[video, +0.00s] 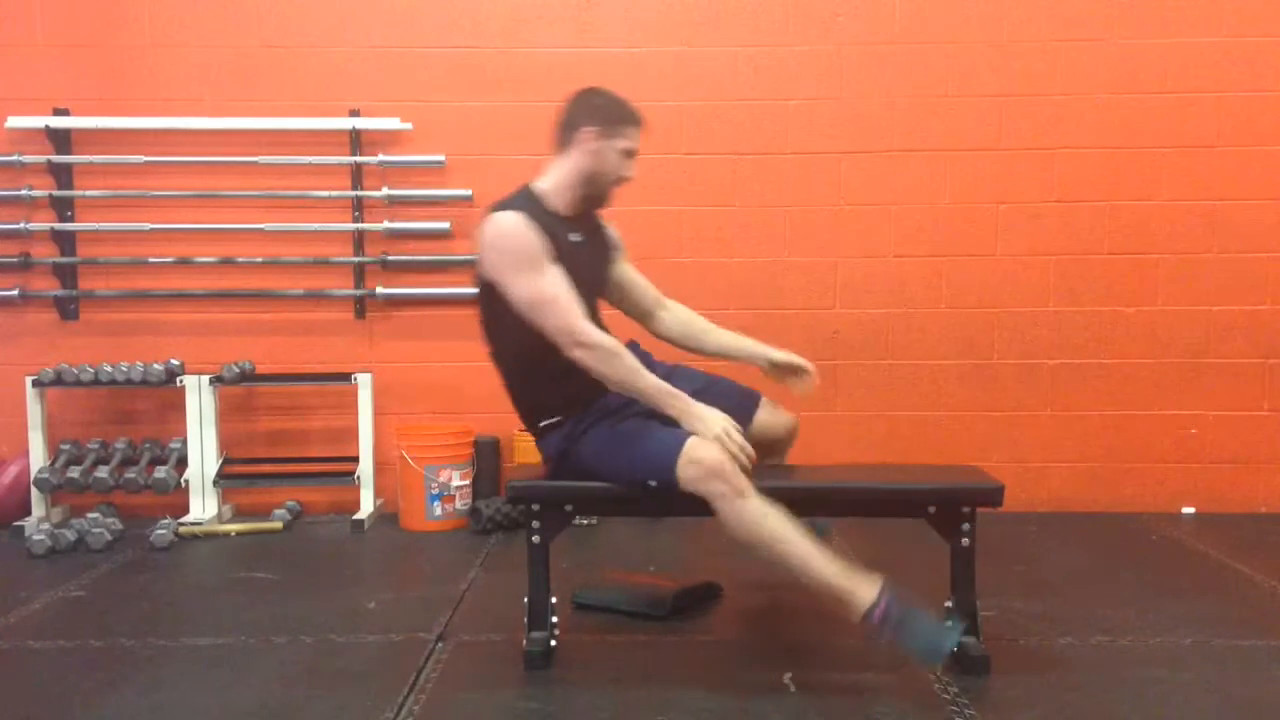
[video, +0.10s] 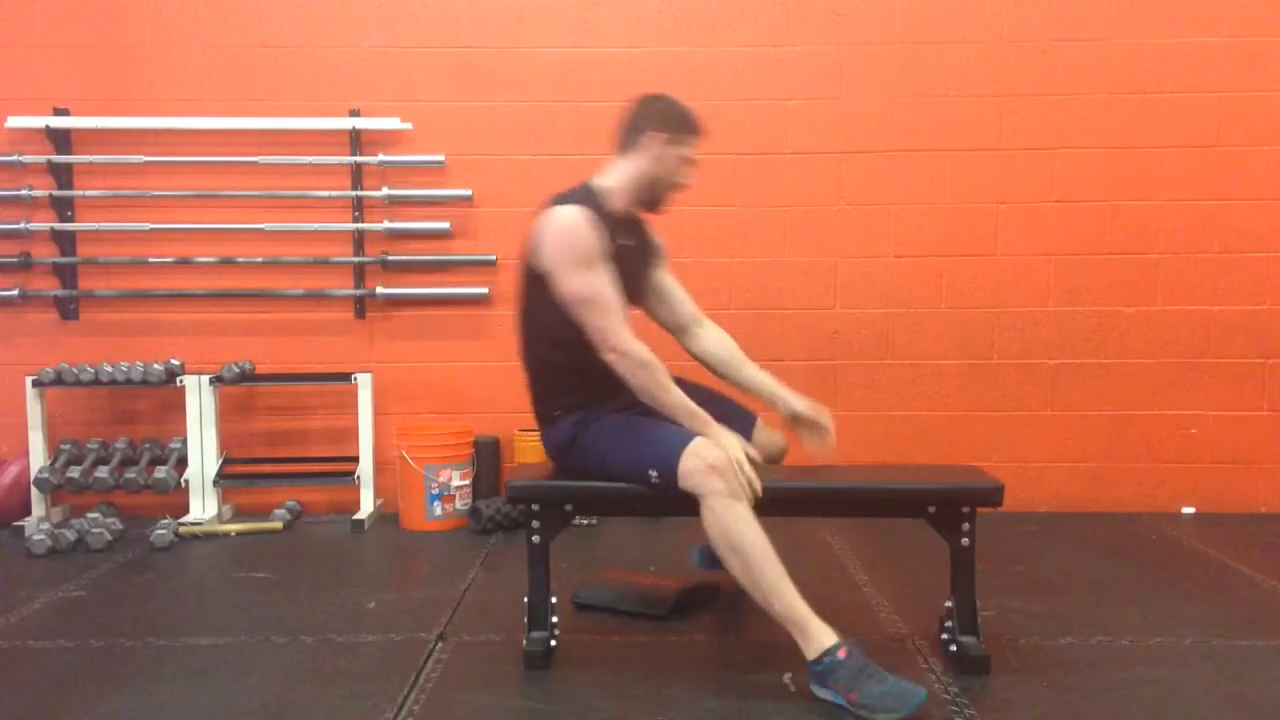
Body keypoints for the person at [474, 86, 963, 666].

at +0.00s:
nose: (630, 174)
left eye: (634, 159)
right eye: (624, 157)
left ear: (594, 145)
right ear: (584, 141)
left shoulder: (589, 232)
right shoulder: (509, 229)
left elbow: (659, 312)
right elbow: (581, 344)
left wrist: (761, 354)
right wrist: (689, 415)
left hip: (630, 380)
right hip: (579, 424)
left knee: (774, 429)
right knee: (715, 468)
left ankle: (739, 505)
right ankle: (881, 607)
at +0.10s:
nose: (688, 177)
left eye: (692, 162)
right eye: (684, 159)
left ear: (654, 148)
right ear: (648, 143)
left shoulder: (632, 237)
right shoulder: (568, 223)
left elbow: (694, 326)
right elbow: (621, 352)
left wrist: (779, 396)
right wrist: (714, 433)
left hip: (633, 399)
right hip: (580, 421)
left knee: (765, 444)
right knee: (713, 470)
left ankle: (720, 547)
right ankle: (826, 654)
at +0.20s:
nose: (736, 187)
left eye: (740, 172)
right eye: (734, 169)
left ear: (706, 156)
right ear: (703, 153)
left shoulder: (671, 242)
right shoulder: (618, 220)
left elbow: (715, 343)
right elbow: (638, 354)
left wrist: (789, 422)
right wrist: (719, 446)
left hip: (641, 402)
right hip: (588, 416)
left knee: (761, 448)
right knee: (715, 464)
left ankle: (714, 554)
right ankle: (824, 651)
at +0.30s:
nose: (804, 207)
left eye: (809, 192)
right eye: (804, 189)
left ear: (775, 176)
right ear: (776, 173)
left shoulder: (729, 247)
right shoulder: (699, 215)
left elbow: (725, 361)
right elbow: (666, 337)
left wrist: (786, 440)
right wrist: (718, 446)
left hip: (657, 405)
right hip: (608, 406)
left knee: (768, 445)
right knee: (727, 465)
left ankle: (714, 551)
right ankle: (826, 654)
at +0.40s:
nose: (833, 216)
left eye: (839, 204)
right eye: (836, 200)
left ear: (805, 184)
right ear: (813, 183)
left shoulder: (752, 253)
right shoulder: (740, 215)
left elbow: (731, 362)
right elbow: (691, 327)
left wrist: (780, 439)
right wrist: (720, 441)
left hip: (657, 392)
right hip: (617, 391)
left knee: (758, 445)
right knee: (738, 462)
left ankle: (714, 550)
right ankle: (827, 654)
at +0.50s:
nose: (848, 225)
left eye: (854, 212)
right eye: (853, 209)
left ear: (818, 187)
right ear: (834, 190)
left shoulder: (774, 228)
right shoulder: (769, 212)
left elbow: (730, 341)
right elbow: (714, 317)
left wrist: (774, 429)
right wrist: (725, 426)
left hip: (661, 372)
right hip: (629, 372)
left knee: (755, 442)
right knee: (755, 456)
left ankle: (713, 550)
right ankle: (822, 653)